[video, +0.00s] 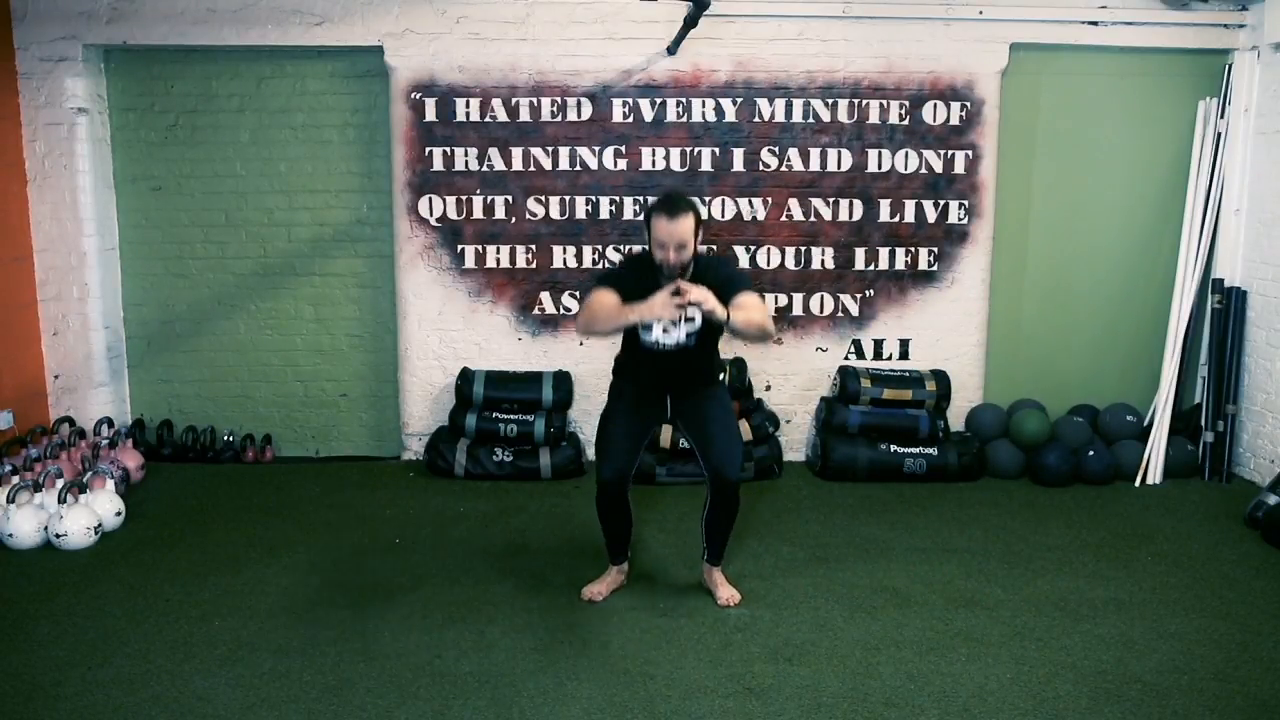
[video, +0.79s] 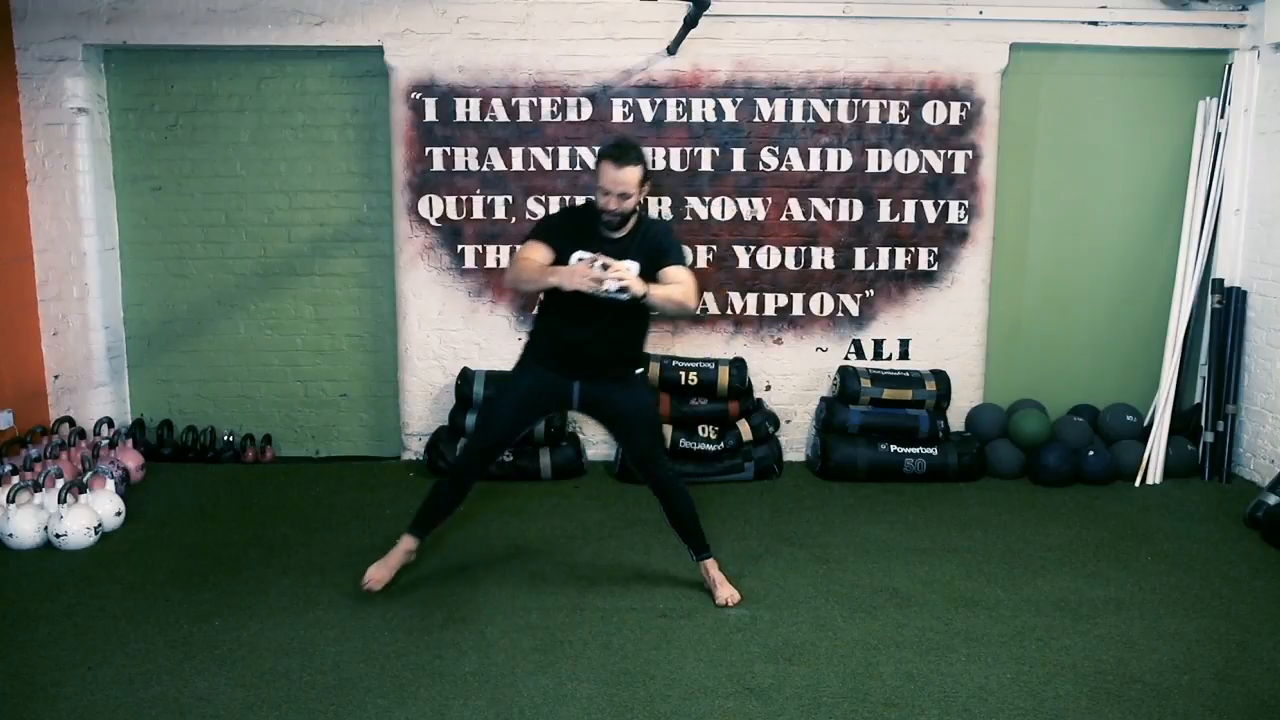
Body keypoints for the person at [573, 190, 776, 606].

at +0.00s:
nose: (670, 256)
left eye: (680, 247)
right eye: (661, 246)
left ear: (696, 238)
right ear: (649, 239)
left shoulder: (717, 273)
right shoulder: (633, 271)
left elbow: (763, 326)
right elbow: (587, 320)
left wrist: (722, 313)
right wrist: (645, 310)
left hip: (699, 388)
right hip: (637, 388)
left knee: (727, 473)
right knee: (610, 476)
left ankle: (713, 568)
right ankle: (618, 565)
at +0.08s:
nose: (674, 216)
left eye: (683, 206)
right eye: (665, 206)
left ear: (699, 199)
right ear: (652, 199)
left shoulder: (722, 239)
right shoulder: (631, 236)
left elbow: (765, 295)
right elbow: (591, 290)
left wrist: (724, 287)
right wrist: (641, 285)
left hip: (702, 367)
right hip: (638, 366)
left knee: (720, 466)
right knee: (618, 464)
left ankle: (714, 563)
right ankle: (618, 563)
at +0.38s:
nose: (680, 168)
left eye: (690, 159)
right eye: (672, 158)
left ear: (709, 154)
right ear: (660, 153)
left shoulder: (731, 203)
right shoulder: (640, 196)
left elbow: (765, 261)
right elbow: (590, 254)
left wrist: (716, 255)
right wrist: (632, 248)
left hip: (700, 356)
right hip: (635, 351)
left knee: (709, 460)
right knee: (603, 451)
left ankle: (714, 562)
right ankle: (568, 551)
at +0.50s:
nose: (673, 171)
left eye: (684, 162)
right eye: (665, 160)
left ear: (703, 158)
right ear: (654, 154)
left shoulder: (720, 208)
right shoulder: (631, 195)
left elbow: (752, 268)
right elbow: (581, 252)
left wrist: (704, 260)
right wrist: (622, 250)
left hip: (682, 357)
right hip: (615, 347)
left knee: (697, 462)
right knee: (559, 438)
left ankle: (713, 562)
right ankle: (502, 529)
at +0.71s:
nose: (638, 189)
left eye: (650, 181)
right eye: (631, 177)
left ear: (670, 176)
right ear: (620, 169)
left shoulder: (682, 223)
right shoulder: (595, 211)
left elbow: (713, 286)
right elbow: (541, 263)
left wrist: (669, 277)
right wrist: (586, 263)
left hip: (640, 369)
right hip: (570, 359)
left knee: (672, 463)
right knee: (502, 441)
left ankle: (709, 563)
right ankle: (429, 530)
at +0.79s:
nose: (612, 204)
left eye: (624, 195)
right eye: (605, 192)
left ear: (643, 189)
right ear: (594, 180)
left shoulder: (657, 237)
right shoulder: (566, 224)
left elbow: (687, 299)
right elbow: (519, 274)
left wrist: (642, 287)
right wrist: (561, 276)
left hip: (616, 378)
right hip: (545, 369)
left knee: (655, 466)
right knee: (477, 452)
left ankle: (708, 564)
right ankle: (407, 544)